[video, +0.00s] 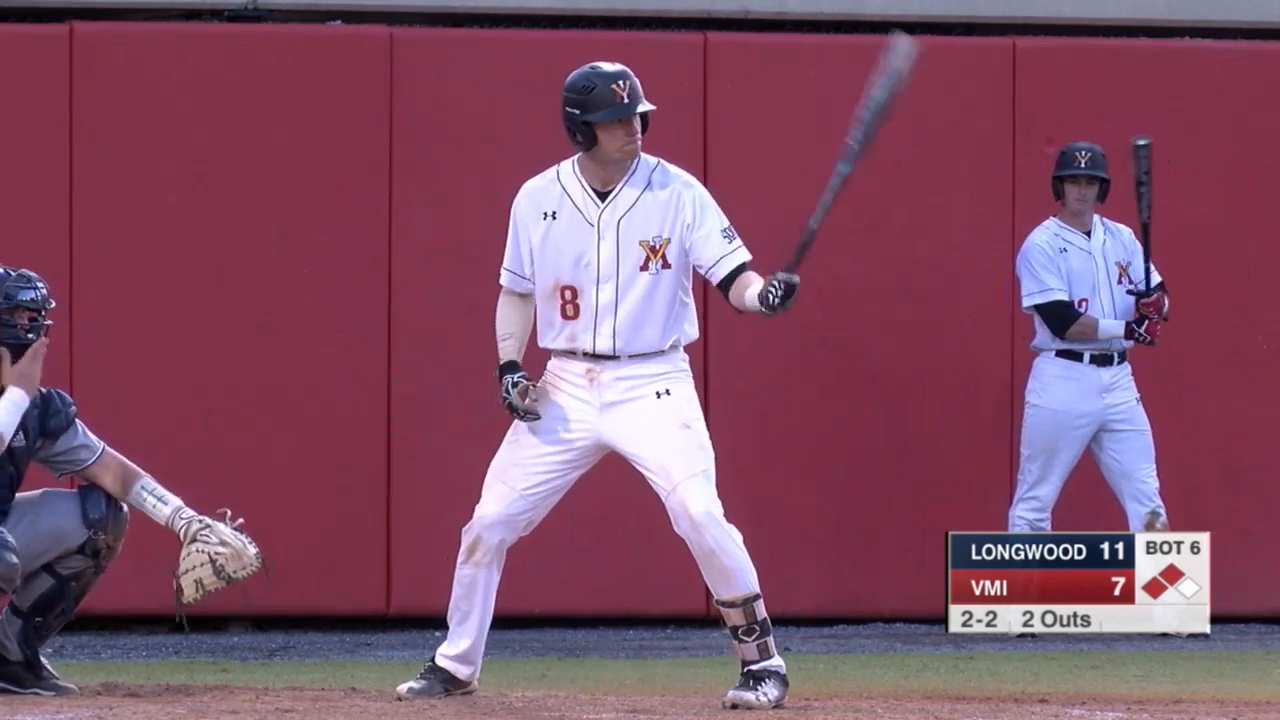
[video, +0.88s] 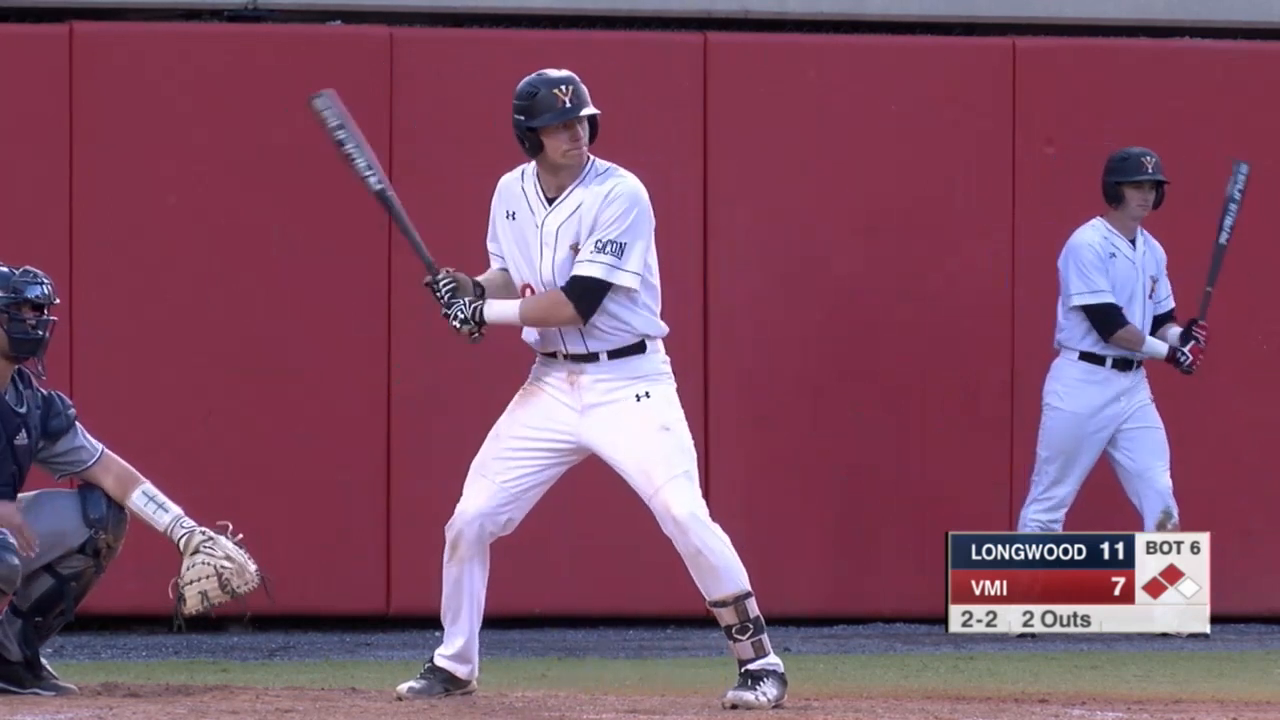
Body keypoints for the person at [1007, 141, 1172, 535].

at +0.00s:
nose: (1081, 191)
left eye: (1089, 182)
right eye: (1073, 182)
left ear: (1101, 187)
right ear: (1059, 186)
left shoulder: (1122, 238)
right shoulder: (1040, 245)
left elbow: (1154, 290)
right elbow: (1063, 324)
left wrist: (1154, 304)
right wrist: (1127, 330)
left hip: (1118, 382)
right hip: (1062, 381)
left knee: (1147, 504)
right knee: (1035, 503)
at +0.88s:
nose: (1147, 195)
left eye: (1152, 187)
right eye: (1138, 186)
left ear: (1158, 193)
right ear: (1115, 189)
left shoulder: (1152, 251)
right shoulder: (1086, 244)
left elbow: (1159, 321)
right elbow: (1110, 326)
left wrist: (1180, 336)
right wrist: (1166, 352)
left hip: (1132, 388)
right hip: (1080, 384)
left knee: (1160, 502)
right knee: (1048, 504)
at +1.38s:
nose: (1204, 206)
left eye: (1208, 198)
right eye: (1195, 197)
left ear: (1213, 203)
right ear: (1170, 199)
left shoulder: (1195, 255)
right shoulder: (1139, 254)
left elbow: (1186, 324)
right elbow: (1134, 340)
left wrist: (1216, 363)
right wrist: (1170, 398)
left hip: (1152, 389)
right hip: (1105, 379)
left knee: (1173, 501)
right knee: (1077, 487)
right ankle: (1019, 566)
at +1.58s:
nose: (1190, 212)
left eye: (1195, 204)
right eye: (1181, 202)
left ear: (1200, 209)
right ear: (1155, 205)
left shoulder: (1187, 261)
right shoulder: (1119, 262)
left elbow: (1183, 327)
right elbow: (1103, 346)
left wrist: (1202, 365)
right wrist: (1118, 413)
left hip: (1144, 391)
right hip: (1092, 386)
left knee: (1169, 499)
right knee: (1054, 489)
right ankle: (1003, 575)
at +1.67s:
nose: (1175, 215)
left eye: (1179, 207)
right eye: (1165, 207)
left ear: (1183, 212)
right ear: (1140, 210)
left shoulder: (1174, 264)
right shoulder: (1102, 266)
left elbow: (1172, 330)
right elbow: (1078, 348)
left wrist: (1189, 369)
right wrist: (1080, 408)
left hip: (1135, 398)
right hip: (1081, 391)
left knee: (1165, 505)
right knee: (1047, 496)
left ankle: (1171, 609)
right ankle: (992, 591)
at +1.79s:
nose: (1147, 218)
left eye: (1153, 210)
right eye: (1138, 210)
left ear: (1158, 216)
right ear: (1114, 213)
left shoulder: (1154, 266)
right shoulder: (1074, 268)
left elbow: (1156, 329)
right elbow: (1043, 339)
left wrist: (1167, 369)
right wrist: (1024, 394)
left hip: (1118, 401)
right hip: (1062, 395)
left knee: (1151, 505)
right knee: (1038, 497)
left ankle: (1165, 606)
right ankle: (991, 594)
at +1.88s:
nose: (1137, 218)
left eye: (1142, 210)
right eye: (1128, 210)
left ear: (1146, 216)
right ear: (1103, 213)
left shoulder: (1144, 265)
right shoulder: (1062, 267)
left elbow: (1148, 329)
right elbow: (1027, 335)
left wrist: (1158, 368)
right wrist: (1000, 387)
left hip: (1111, 401)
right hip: (1053, 396)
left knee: (1145, 506)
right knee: (1031, 500)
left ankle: (1164, 607)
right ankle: (989, 598)